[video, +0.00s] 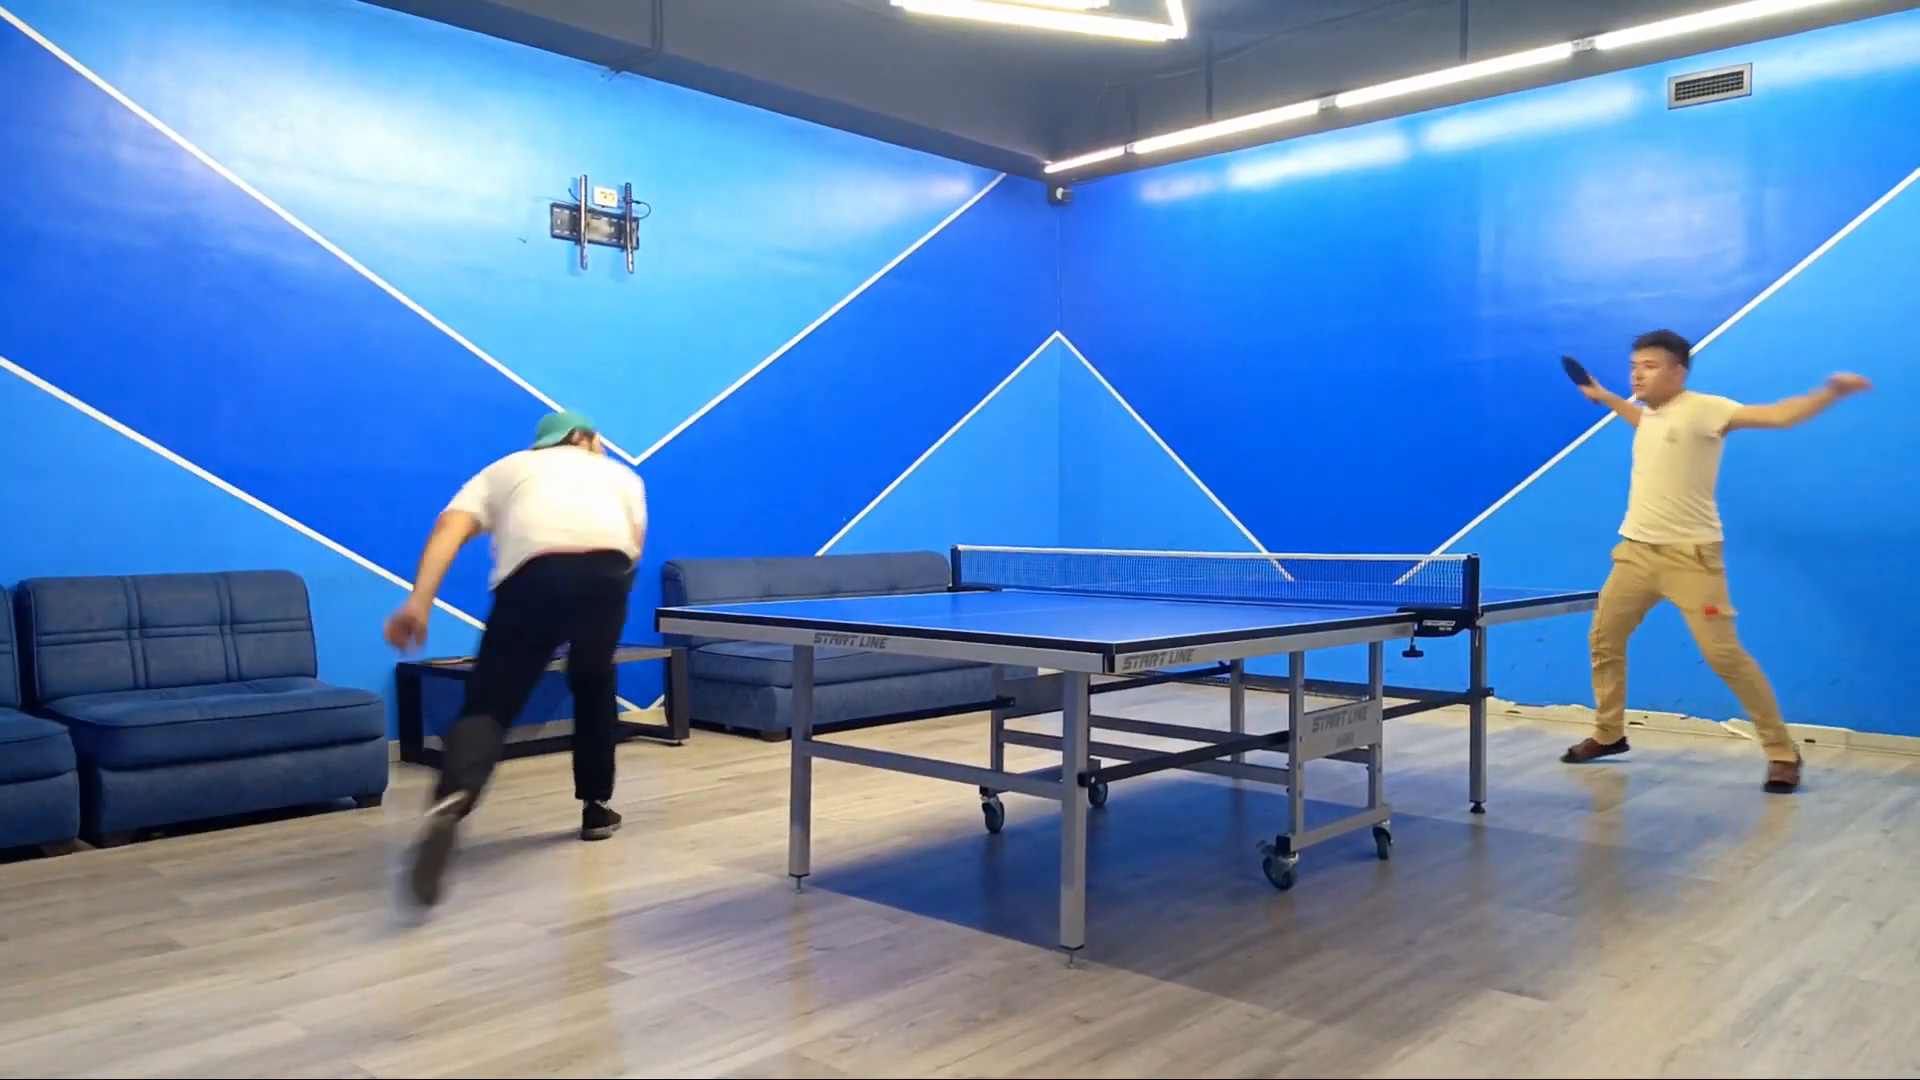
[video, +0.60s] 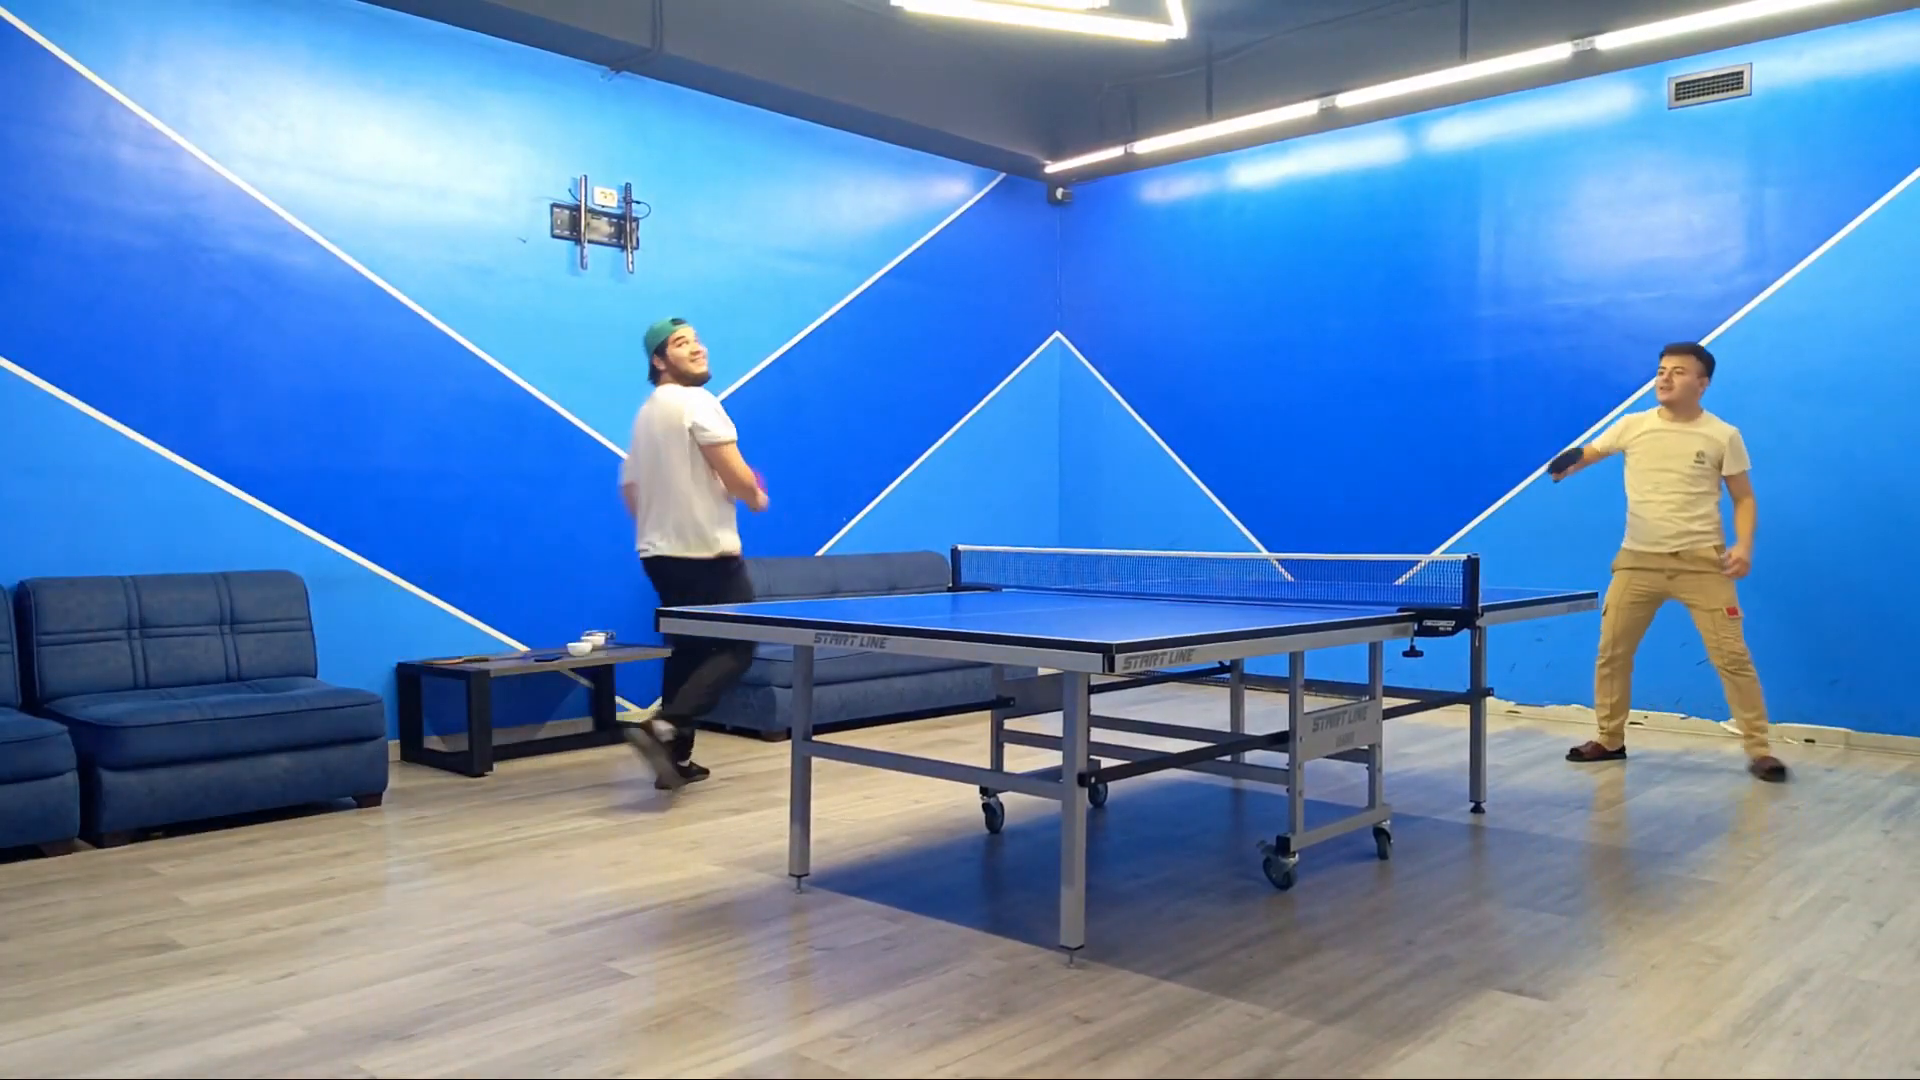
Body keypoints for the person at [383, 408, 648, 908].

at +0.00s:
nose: (603, 448)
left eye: (599, 441)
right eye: (600, 441)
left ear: (539, 443)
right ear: (584, 441)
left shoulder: (505, 468)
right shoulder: (624, 476)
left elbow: (451, 527)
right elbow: (631, 548)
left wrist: (418, 602)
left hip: (534, 574)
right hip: (606, 574)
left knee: (492, 695)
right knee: (594, 683)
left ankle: (456, 792)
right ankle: (596, 808)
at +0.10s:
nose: (613, 410)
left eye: (608, 405)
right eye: (609, 405)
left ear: (554, 415)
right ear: (599, 405)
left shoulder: (532, 443)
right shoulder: (643, 434)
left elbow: (472, 492)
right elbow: (671, 516)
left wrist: (439, 553)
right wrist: (650, 551)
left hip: (563, 546)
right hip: (633, 543)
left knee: (539, 673)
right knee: (619, 674)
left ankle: (528, 773)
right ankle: (604, 808)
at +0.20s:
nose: (625, 370)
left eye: (619, 364)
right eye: (618, 364)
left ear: (568, 386)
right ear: (600, 370)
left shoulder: (550, 422)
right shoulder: (654, 392)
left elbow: (499, 463)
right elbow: (701, 463)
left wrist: (480, 519)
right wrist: (682, 529)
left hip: (584, 530)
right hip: (650, 522)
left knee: (589, 648)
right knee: (635, 655)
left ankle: (565, 768)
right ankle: (615, 791)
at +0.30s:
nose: (642, 345)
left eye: (635, 338)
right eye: (632, 339)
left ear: (596, 360)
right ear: (608, 352)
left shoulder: (568, 410)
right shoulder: (667, 374)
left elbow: (529, 453)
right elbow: (721, 438)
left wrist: (528, 512)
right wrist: (695, 485)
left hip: (605, 529)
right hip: (669, 518)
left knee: (623, 643)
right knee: (644, 649)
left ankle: (606, 761)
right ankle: (616, 780)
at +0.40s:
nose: (664, 340)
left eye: (658, 333)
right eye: (653, 335)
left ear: (620, 359)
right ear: (628, 352)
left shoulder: (590, 410)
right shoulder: (684, 380)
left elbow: (557, 458)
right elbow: (735, 443)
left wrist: (574, 530)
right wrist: (695, 467)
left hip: (627, 540)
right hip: (687, 534)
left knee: (660, 649)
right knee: (661, 656)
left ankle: (664, 754)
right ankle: (618, 777)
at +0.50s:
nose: (685, 356)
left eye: (682, 348)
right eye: (673, 351)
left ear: (642, 372)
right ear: (647, 367)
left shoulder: (612, 426)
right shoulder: (695, 405)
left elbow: (586, 486)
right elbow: (739, 470)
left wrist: (614, 555)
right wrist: (695, 451)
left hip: (644, 560)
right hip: (699, 558)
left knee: (675, 659)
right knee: (700, 662)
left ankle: (674, 761)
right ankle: (631, 753)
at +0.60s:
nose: (698, 348)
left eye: (697, 340)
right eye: (683, 344)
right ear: (661, 363)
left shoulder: (647, 413)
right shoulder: (698, 403)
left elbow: (630, 485)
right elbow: (735, 477)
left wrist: (655, 529)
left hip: (661, 554)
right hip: (705, 555)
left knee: (686, 649)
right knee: (739, 647)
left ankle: (678, 755)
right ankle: (664, 724)